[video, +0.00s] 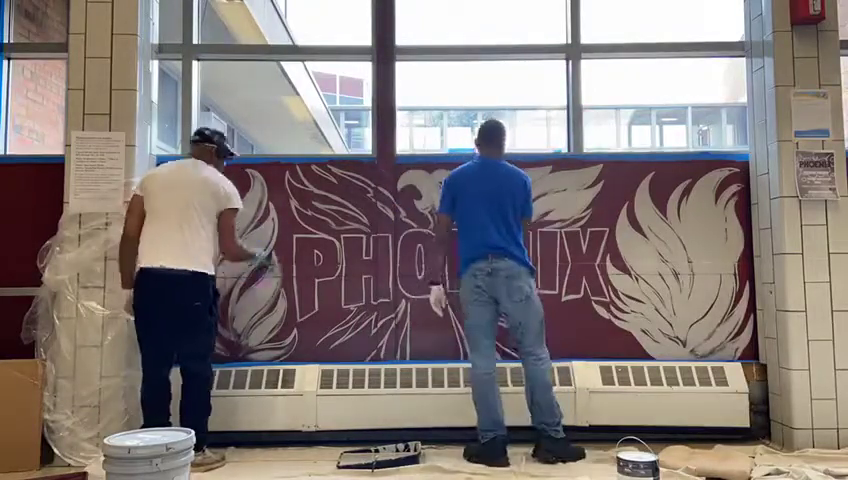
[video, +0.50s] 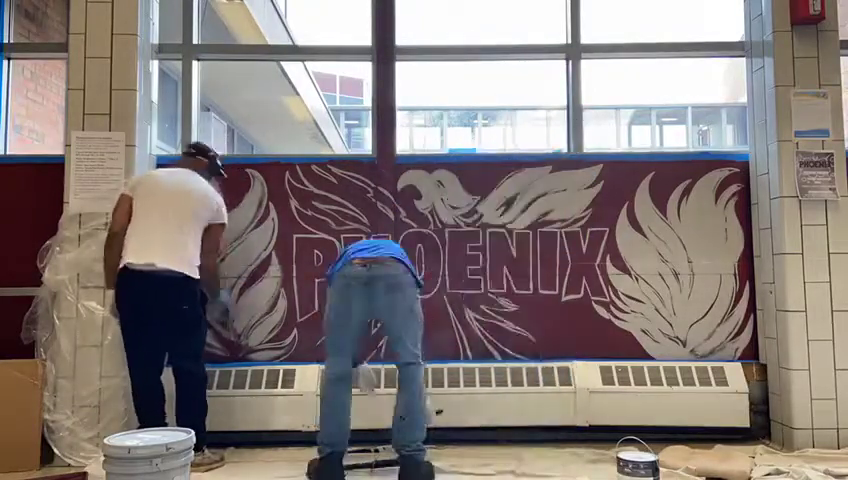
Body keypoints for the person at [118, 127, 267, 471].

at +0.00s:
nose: (224, 165)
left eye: (225, 160)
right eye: (224, 160)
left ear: (193, 149)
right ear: (215, 154)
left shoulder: (152, 177)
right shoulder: (222, 186)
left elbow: (130, 235)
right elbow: (230, 250)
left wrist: (129, 285)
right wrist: (255, 255)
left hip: (150, 284)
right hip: (194, 286)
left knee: (154, 371)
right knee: (197, 370)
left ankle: (154, 449)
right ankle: (194, 449)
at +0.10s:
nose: (211, 153)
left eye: (210, 148)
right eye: (210, 147)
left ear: (177, 145)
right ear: (205, 146)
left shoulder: (147, 175)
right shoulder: (218, 176)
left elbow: (129, 236)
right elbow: (241, 237)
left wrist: (125, 289)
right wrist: (262, 245)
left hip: (153, 283)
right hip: (198, 283)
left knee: (157, 369)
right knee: (199, 367)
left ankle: (155, 449)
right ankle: (194, 449)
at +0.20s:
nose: (234, 182)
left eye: (236, 178)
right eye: (235, 177)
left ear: (208, 159)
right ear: (230, 169)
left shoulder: (160, 173)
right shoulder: (227, 197)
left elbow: (128, 221)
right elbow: (233, 261)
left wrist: (124, 274)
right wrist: (243, 288)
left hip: (143, 282)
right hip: (189, 288)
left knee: (150, 371)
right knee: (195, 369)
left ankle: (156, 450)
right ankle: (194, 449)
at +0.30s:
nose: (227, 188)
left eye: (230, 182)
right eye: (229, 182)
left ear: (203, 163)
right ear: (222, 172)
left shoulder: (155, 176)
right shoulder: (219, 203)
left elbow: (119, 223)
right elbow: (214, 269)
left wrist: (113, 275)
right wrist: (216, 305)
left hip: (135, 283)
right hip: (182, 290)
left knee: (145, 372)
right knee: (190, 369)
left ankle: (155, 450)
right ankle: (194, 450)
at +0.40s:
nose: (209, 176)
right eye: (210, 172)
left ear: (176, 162)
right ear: (206, 168)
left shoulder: (142, 180)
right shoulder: (214, 198)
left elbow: (120, 230)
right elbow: (214, 257)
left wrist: (114, 285)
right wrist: (206, 294)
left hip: (139, 285)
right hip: (185, 290)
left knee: (146, 372)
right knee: (191, 369)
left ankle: (152, 449)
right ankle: (193, 449)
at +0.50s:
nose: (215, 181)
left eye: (216, 176)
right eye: (215, 176)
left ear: (182, 160)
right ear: (208, 167)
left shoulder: (140, 179)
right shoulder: (212, 197)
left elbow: (116, 231)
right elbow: (209, 261)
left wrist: (112, 283)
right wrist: (214, 297)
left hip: (134, 286)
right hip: (181, 290)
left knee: (144, 373)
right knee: (189, 370)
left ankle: (153, 450)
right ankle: (193, 449)